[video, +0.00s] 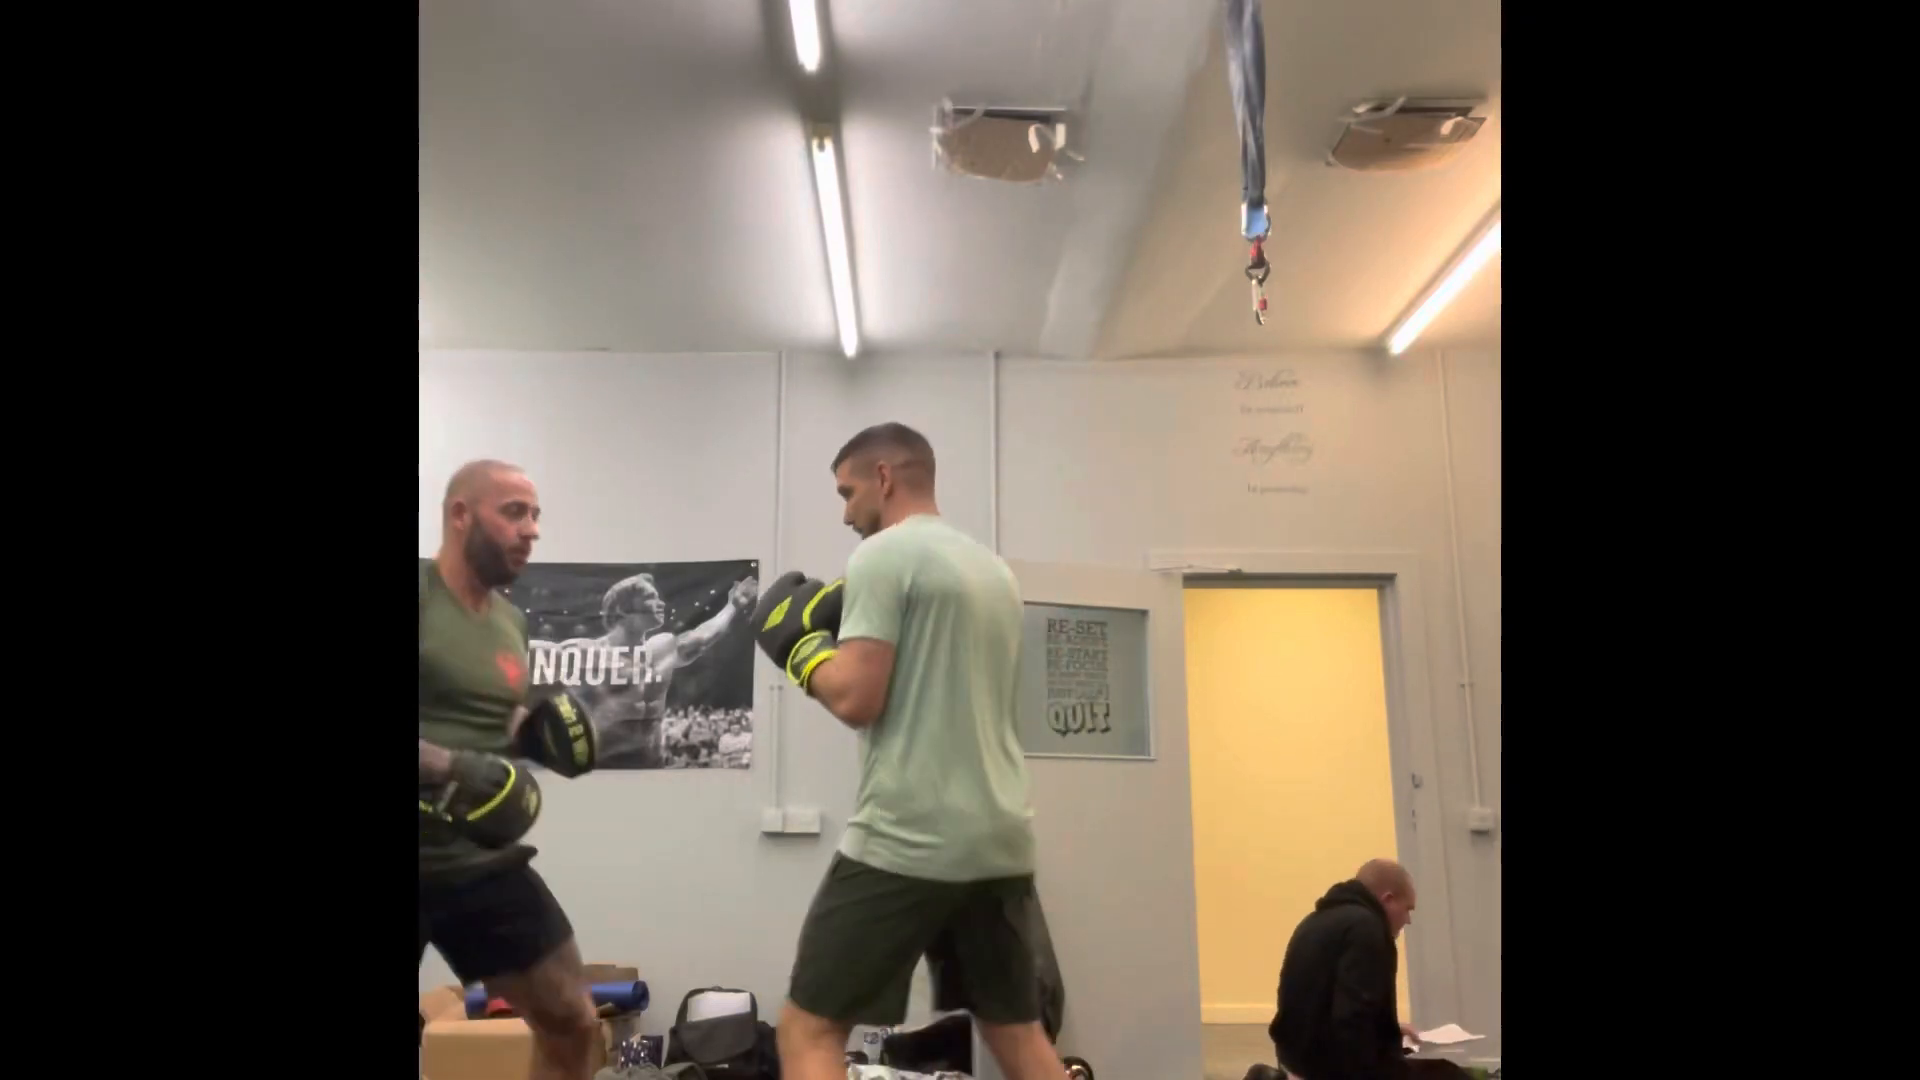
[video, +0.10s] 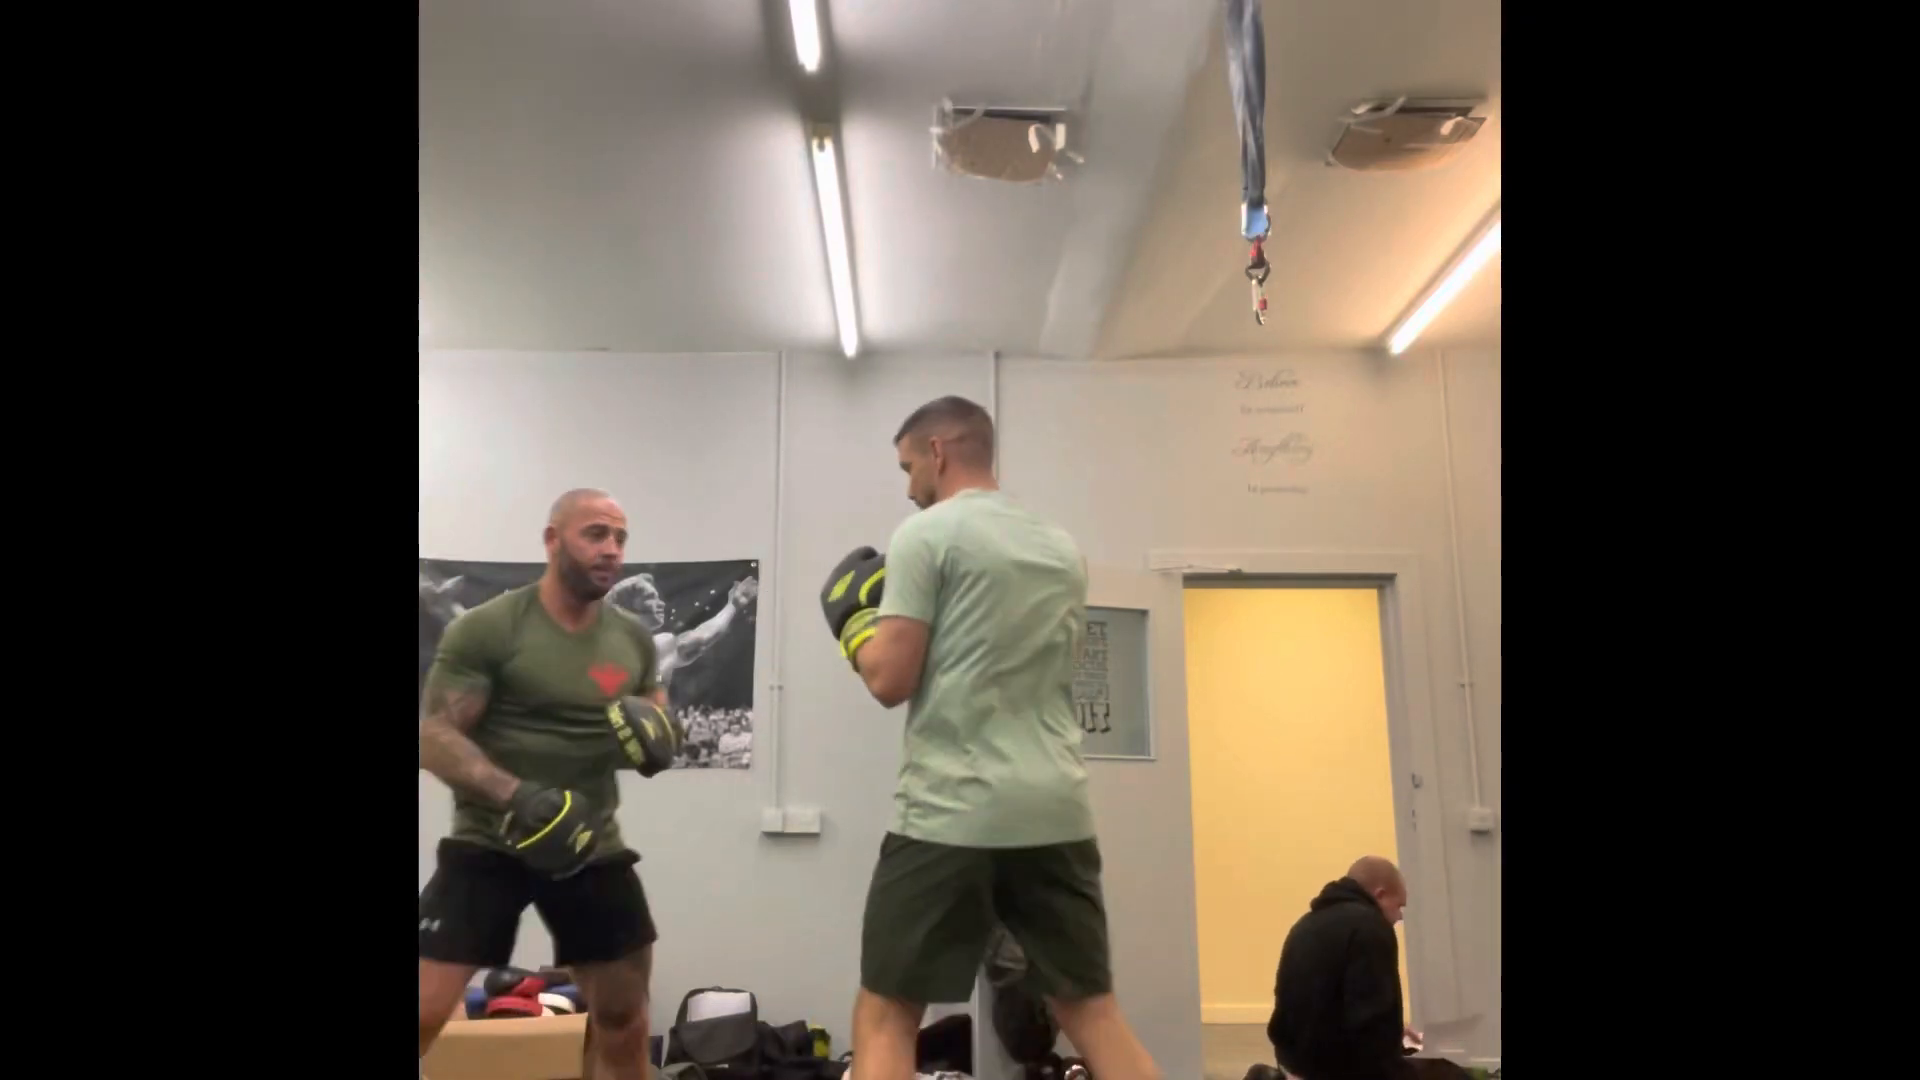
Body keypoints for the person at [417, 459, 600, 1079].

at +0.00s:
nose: (531, 530)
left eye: (534, 515)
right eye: (514, 512)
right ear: (459, 515)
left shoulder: (509, 620)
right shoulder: (424, 596)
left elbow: (495, 726)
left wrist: (537, 733)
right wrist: (454, 768)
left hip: (476, 858)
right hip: (423, 857)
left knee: (572, 1023)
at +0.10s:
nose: (612, 549)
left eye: (620, 538)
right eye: (595, 534)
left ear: (626, 549)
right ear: (553, 540)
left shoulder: (634, 640)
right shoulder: (485, 629)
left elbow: (659, 734)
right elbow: (434, 738)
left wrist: (656, 737)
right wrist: (520, 798)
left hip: (594, 852)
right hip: (487, 847)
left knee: (624, 1028)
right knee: (421, 1018)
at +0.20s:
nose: (680, 550)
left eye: (689, 539)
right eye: (665, 536)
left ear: (696, 550)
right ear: (629, 542)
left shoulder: (717, 631)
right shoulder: (572, 619)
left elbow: (765, 703)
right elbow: (529, 716)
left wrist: (758, 745)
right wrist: (609, 751)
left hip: (669, 845)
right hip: (576, 839)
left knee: (658, 1010)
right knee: (537, 1004)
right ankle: (589, 1074)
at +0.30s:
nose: (707, 598)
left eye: (718, 588)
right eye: (692, 586)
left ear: (728, 599)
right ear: (662, 596)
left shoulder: (755, 670)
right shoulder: (623, 677)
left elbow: (801, 739)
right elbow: (590, 774)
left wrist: (784, 766)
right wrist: (651, 769)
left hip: (740, 859)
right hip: (661, 872)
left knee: (754, 979)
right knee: (692, 1020)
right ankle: (711, 1076)